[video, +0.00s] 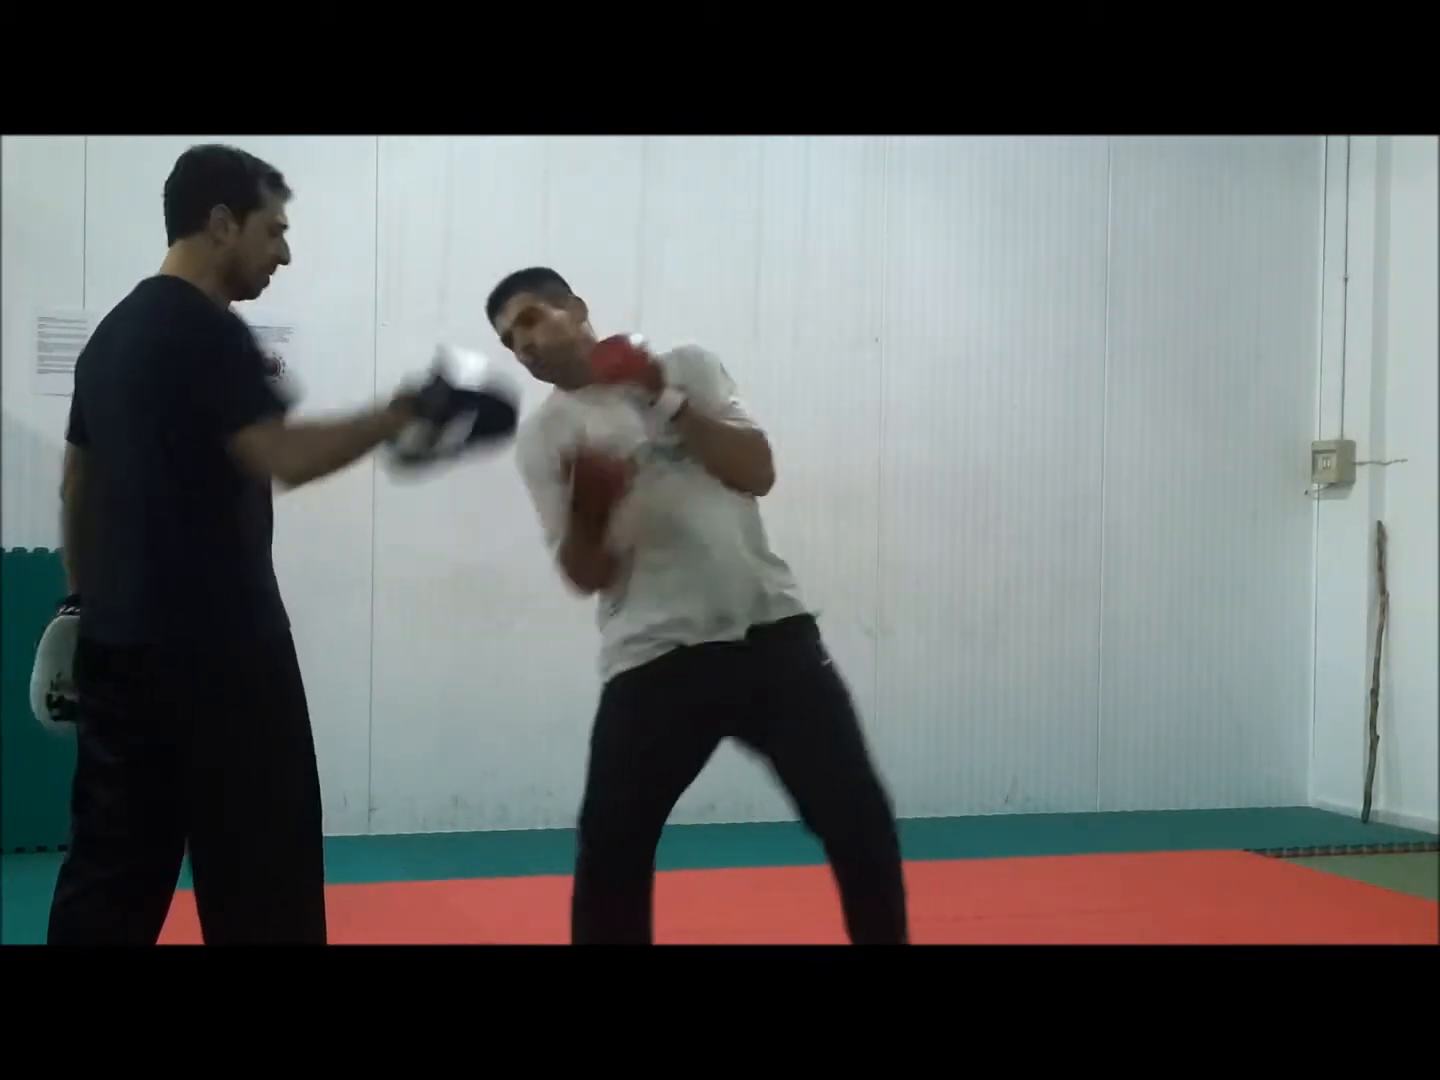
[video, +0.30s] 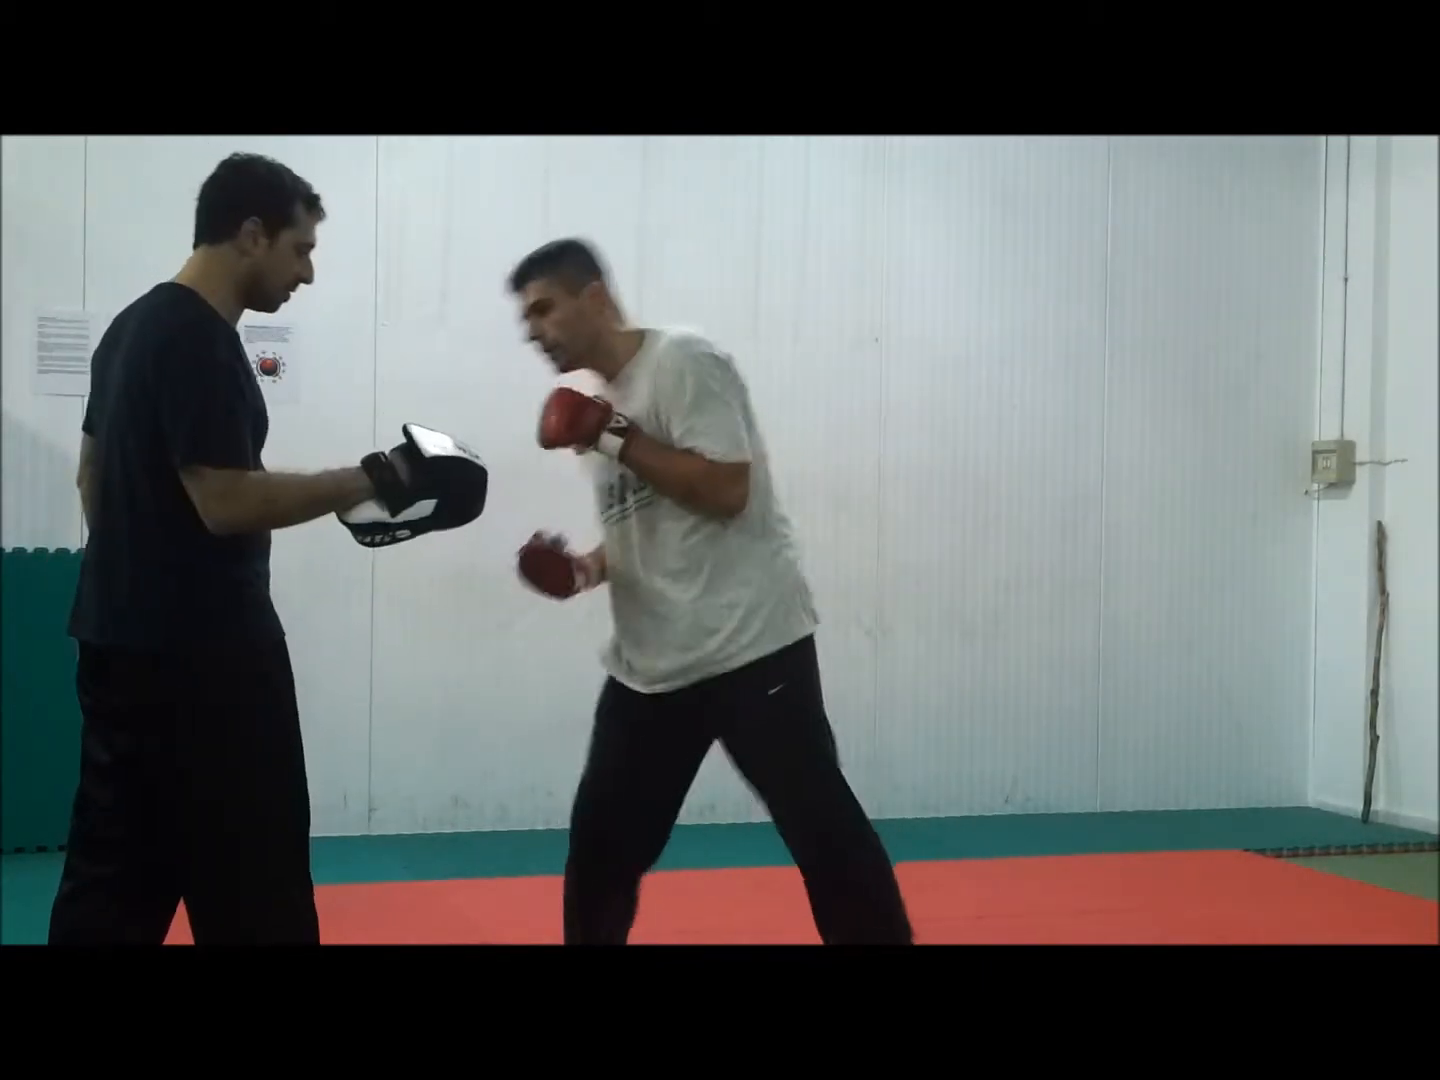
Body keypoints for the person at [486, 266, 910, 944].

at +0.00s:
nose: (525, 337)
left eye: (532, 316)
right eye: (513, 337)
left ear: (578, 307)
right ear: (520, 360)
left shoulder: (685, 367)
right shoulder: (544, 435)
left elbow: (756, 470)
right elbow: (586, 575)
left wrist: (661, 396)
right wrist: (590, 507)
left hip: (768, 633)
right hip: (655, 657)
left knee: (863, 825)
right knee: (610, 851)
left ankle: (883, 940)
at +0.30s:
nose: (532, 333)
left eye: (542, 311)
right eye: (527, 319)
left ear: (597, 296)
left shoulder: (687, 363)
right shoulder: (598, 408)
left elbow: (726, 491)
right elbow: (642, 537)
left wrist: (612, 433)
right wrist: (584, 569)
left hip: (752, 648)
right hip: (653, 664)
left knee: (826, 836)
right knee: (601, 846)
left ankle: (882, 941)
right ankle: (591, 947)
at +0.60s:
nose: (746, 329)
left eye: (759, 309)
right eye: (740, 312)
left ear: (811, 297)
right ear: (748, 311)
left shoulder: (895, 390)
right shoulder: (774, 396)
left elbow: (884, 534)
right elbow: (760, 533)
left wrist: (814, 447)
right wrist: (737, 455)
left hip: (883, 657)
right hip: (786, 646)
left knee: (919, 856)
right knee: (701, 805)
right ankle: (678, 942)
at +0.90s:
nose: (610, 381)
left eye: (616, 357)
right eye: (604, 366)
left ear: (664, 338)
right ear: (677, 344)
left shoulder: (685, 404)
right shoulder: (739, 398)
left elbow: (706, 548)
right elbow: (746, 532)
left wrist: (645, 513)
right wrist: (658, 495)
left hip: (772, 665)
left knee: (825, 852)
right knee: (650, 847)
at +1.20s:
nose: (536, 335)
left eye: (539, 315)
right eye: (519, 335)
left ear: (575, 305)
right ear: (520, 356)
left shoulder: (675, 361)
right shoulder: (544, 438)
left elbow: (761, 442)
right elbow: (528, 571)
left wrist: (663, 388)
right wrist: (464, 539)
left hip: (777, 606)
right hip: (669, 632)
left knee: (842, 784)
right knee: (635, 840)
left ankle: (893, 935)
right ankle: (613, 941)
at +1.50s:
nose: (495, 410)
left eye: (498, 387)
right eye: (479, 404)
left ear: (520, 352)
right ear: (474, 410)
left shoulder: (611, 389)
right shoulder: (528, 470)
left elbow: (682, 507)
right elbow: (604, 563)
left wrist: (567, 458)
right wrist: (572, 656)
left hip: (740, 641)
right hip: (639, 659)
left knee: (813, 841)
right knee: (584, 844)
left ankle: (868, 939)